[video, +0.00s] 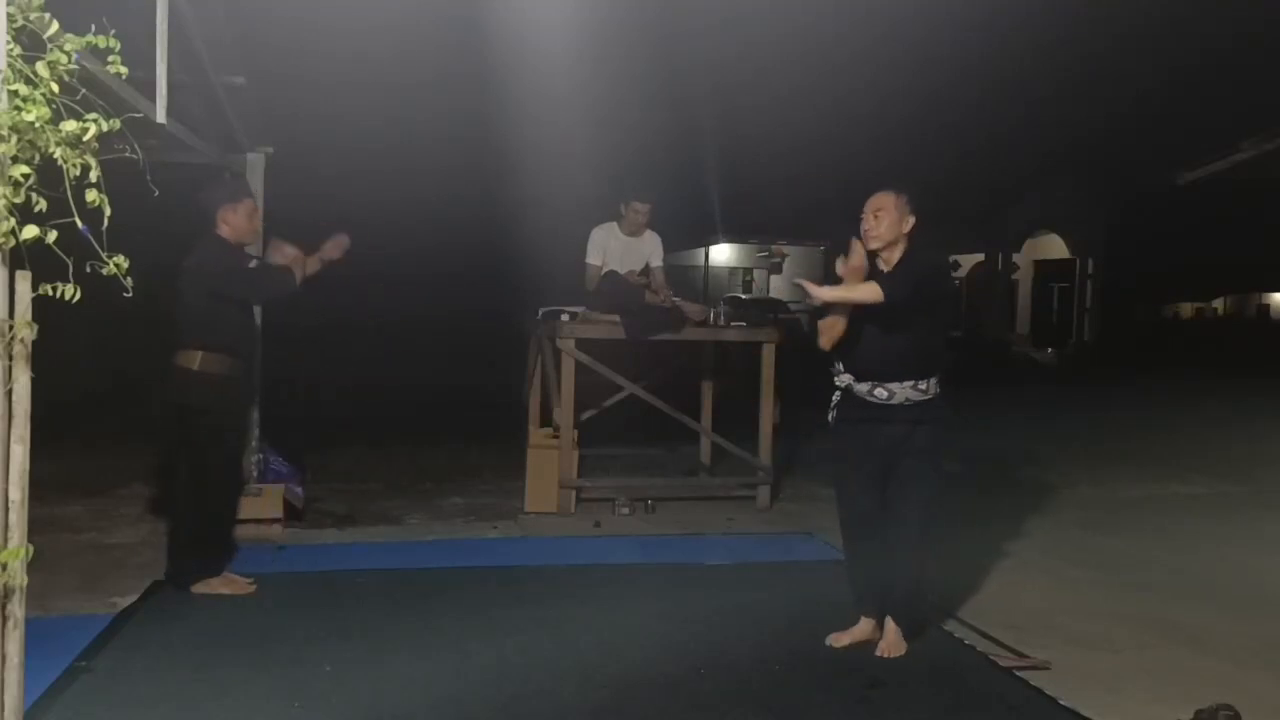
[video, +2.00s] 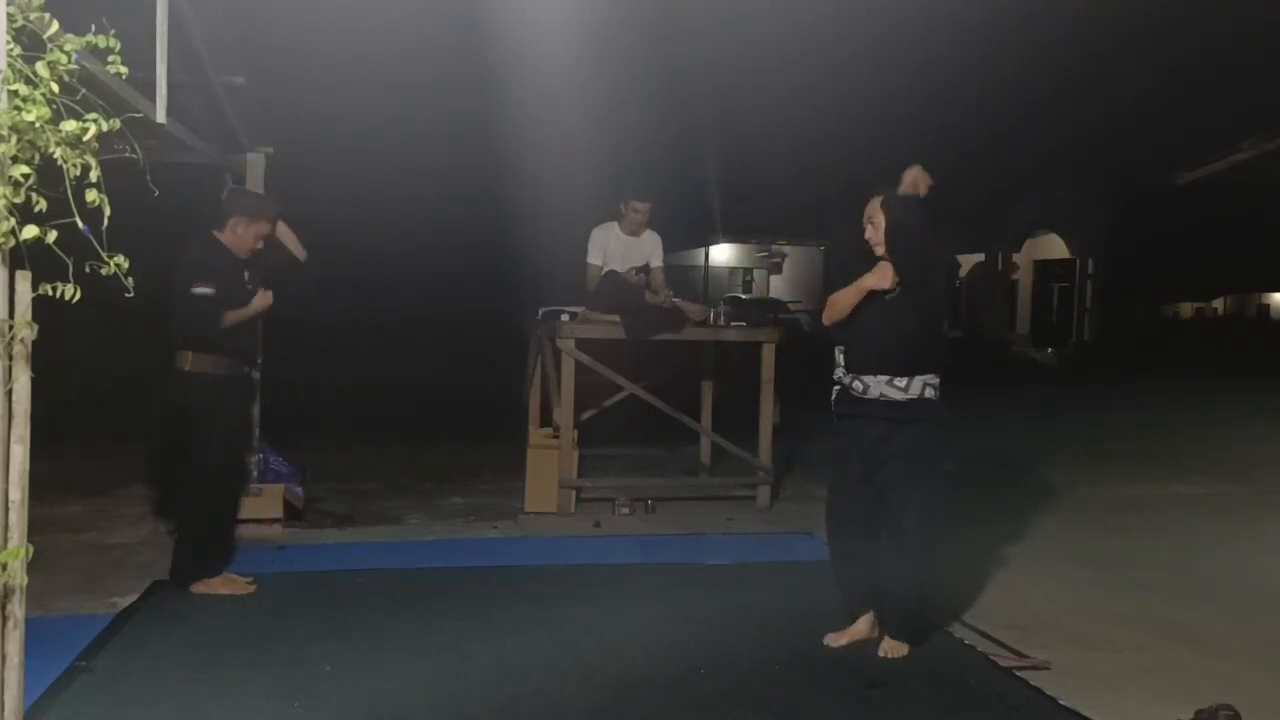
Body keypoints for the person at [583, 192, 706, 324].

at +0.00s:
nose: (640, 219)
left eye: (645, 214)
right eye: (635, 212)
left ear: (650, 215)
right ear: (623, 209)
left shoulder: (653, 240)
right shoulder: (601, 234)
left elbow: (659, 282)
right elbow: (591, 285)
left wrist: (664, 293)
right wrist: (622, 281)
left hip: (635, 300)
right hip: (602, 300)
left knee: (674, 316)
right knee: (611, 278)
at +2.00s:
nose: (641, 218)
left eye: (645, 213)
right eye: (636, 212)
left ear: (650, 213)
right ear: (623, 208)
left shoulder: (653, 239)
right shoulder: (601, 234)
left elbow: (658, 283)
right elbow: (592, 285)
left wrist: (665, 294)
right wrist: (622, 281)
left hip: (637, 301)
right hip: (603, 301)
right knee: (611, 278)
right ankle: (676, 310)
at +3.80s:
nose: (635, 215)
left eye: (640, 210)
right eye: (630, 208)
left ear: (648, 212)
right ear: (621, 208)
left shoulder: (653, 239)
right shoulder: (601, 234)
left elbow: (658, 282)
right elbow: (592, 285)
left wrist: (664, 295)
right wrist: (621, 280)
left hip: (636, 298)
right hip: (603, 299)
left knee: (673, 317)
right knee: (611, 278)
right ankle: (678, 309)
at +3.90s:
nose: (633, 215)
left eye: (639, 210)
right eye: (628, 208)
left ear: (648, 212)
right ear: (621, 207)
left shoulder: (653, 240)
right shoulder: (601, 234)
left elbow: (659, 282)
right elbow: (591, 284)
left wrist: (664, 294)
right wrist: (622, 279)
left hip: (635, 300)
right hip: (602, 300)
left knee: (676, 317)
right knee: (611, 278)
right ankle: (679, 306)